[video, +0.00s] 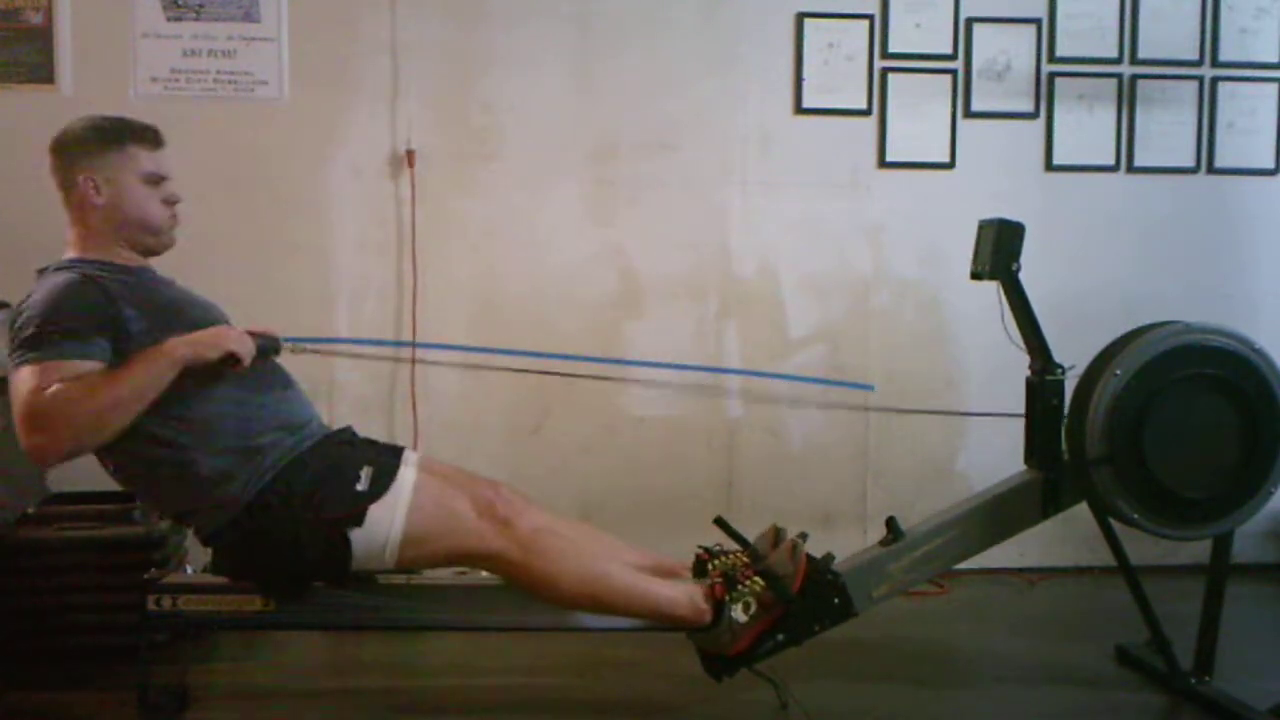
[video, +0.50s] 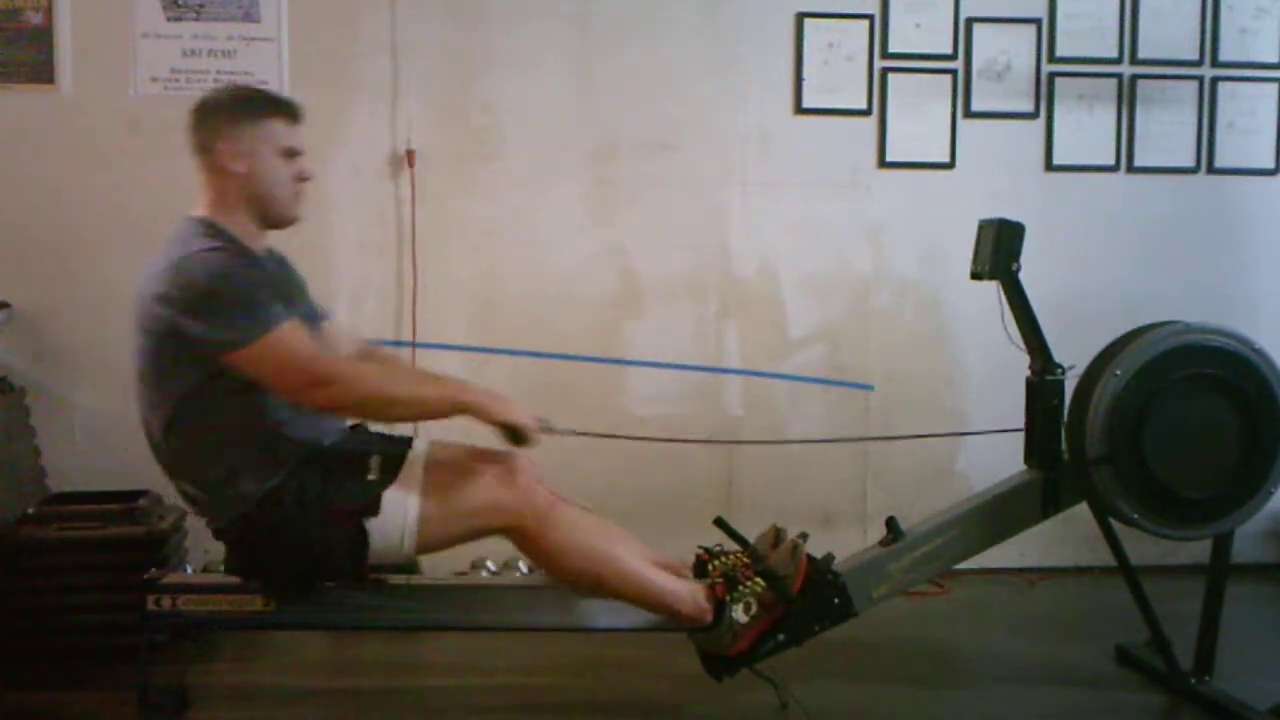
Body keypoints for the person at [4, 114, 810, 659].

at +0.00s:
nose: (172, 199)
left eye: (169, 183)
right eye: (153, 184)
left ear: (116, 197)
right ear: (90, 197)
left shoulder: (139, 287)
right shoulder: (74, 291)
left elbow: (161, 399)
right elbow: (45, 426)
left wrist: (233, 352)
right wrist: (179, 353)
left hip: (305, 468)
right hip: (272, 500)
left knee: (502, 507)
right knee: (493, 522)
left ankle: (706, 594)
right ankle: (710, 614)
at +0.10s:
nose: (180, 197)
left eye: (176, 181)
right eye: (160, 181)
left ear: (129, 194)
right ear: (98, 194)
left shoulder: (148, 286)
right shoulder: (85, 291)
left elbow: (162, 400)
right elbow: (68, 428)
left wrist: (254, 361)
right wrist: (205, 357)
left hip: (305, 470)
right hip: (273, 500)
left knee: (501, 506)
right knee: (493, 521)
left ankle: (705, 594)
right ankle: (710, 610)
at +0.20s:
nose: (203, 191)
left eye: (200, 175)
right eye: (185, 174)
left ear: (144, 183)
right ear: (122, 181)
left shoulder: (162, 281)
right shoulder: (106, 290)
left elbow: (175, 408)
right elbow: (119, 430)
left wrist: (288, 378)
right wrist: (267, 371)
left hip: (303, 470)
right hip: (275, 501)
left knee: (503, 501)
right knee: (496, 520)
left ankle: (710, 592)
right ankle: (710, 613)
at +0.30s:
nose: (233, 182)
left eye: (232, 166)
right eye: (214, 166)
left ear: (175, 177)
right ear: (148, 174)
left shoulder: (185, 277)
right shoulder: (134, 284)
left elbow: (223, 402)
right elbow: (182, 418)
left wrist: (341, 395)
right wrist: (329, 386)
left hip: (293, 478)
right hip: (270, 506)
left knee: (501, 494)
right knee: (495, 511)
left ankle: (708, 587)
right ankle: (714, 616)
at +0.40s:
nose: (267, 178)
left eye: (265, 161)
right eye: (249, 161)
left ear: (207, 168)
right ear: (186, 165)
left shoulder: (226, 272)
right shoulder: (165, 278)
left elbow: (293, 380)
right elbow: (251, 405)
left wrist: (403, 392)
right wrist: (406, 395)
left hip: (306, 472)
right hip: (272, 512)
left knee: (502, 483)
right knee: (499, 506)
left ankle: (700, 584)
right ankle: (705, 614)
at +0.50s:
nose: (306, 172)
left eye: (303, 156)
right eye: (288, 156)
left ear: (242, 165)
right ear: (228, 163)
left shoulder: (263, 263)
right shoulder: (205, 272)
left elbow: (355, 360)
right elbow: (317, 384)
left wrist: (469, 395)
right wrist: (468, 400)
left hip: (319, 475)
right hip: (286, 515)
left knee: (512, 474)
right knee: (511, 488)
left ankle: (697, 584)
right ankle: (708, 616)